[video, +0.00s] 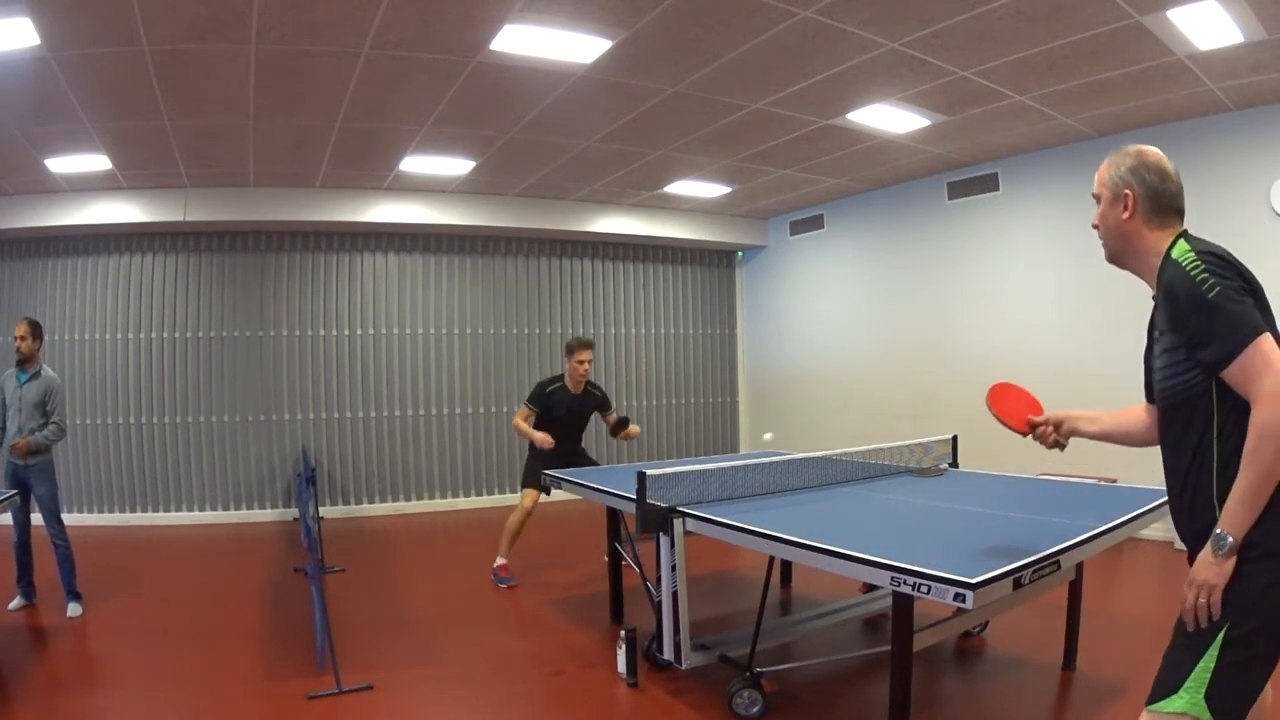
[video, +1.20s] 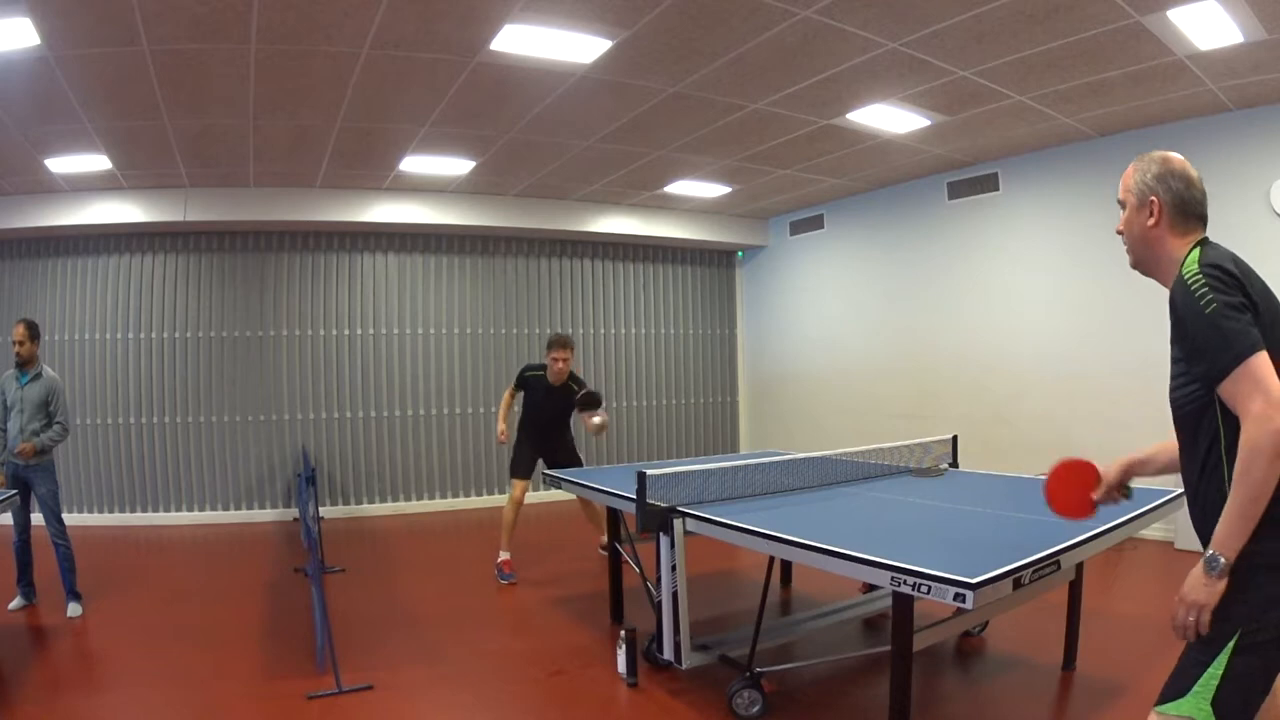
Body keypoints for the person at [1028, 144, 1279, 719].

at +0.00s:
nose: (1093, 220)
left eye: (1097, 203)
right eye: (1093, 204)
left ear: (1126, 206)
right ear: (1133, 207)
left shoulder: (1192, 275)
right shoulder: (1175, 285)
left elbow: (1274, 399)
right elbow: (1170, 420)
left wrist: (1221, 545)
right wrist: (1072, 423)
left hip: (1252, 562)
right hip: (1238, 558)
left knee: (1175, 713)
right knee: (1192, 710)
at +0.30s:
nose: (1111, 207)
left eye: (1113, 191)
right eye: (1112, 192)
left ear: (1134, 194)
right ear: (1180, 192)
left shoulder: (1170, 269)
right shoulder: (1215, 256)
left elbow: (1220, 410)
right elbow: (1250, 391)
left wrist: (1163, 550)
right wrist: (1164, 441)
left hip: (1240, 549)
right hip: (1264, 535)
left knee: (1163, 711)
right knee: (1244, 679)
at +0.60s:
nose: (1133, 252)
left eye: (1139, 235)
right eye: (1134, 236)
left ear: (1166, 239)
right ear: (1176, 239)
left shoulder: (1209, 305)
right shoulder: (1224, 297)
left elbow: (1262, 433)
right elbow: (1227, 445)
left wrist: (1200, 550)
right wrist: (1154, 511)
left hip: (1265, 555)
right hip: (1264, 549)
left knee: (1185, 708)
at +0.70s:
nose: (1130, 245)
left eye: (1137, 227)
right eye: (1131, 229)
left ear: (1171, 232)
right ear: (1172, 233)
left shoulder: (1226, 296)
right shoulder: (1200, 324)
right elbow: (1160, 449)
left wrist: (1227, 542)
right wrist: (1079, 477)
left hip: (1268, 550)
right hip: (1257, 548)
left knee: (1199, 708)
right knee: (1215, 705)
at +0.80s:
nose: (1125, 229)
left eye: (1133, 213)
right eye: (1126, 214)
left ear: (1170, 219)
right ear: (1167, 222)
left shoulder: (1231, 284)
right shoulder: (1182, 324)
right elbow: (1118, 418)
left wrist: (1254, 536)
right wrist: (1027, 428)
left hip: (1270, 549)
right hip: (1252, 550)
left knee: (1206, 709)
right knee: (1229, 706)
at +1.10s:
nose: (1111, 215)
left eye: (1115, 196)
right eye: (1111, 198)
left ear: (1147, 200)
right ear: (1155, 200)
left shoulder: (1200, 271)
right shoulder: (1202, 271)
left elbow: (1273, 401)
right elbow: (1195, 421)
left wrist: (1236, 560)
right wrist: (1094, 431)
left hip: (1260, 564)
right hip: (1259, 560)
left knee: (1191, 712)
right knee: (1203, 710)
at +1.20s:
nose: (1116, 226)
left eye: (1123, 207)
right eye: (1118, 208)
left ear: (1153, 212)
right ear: (1161, 212)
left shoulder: (1199, 286)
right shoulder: (1219, 275)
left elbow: (1266, 417)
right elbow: (1226, 428)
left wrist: (1214, 564)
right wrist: (1138, 465)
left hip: (1259, 567)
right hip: (1261, 560)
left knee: (1184, 711)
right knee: (1208, 707)